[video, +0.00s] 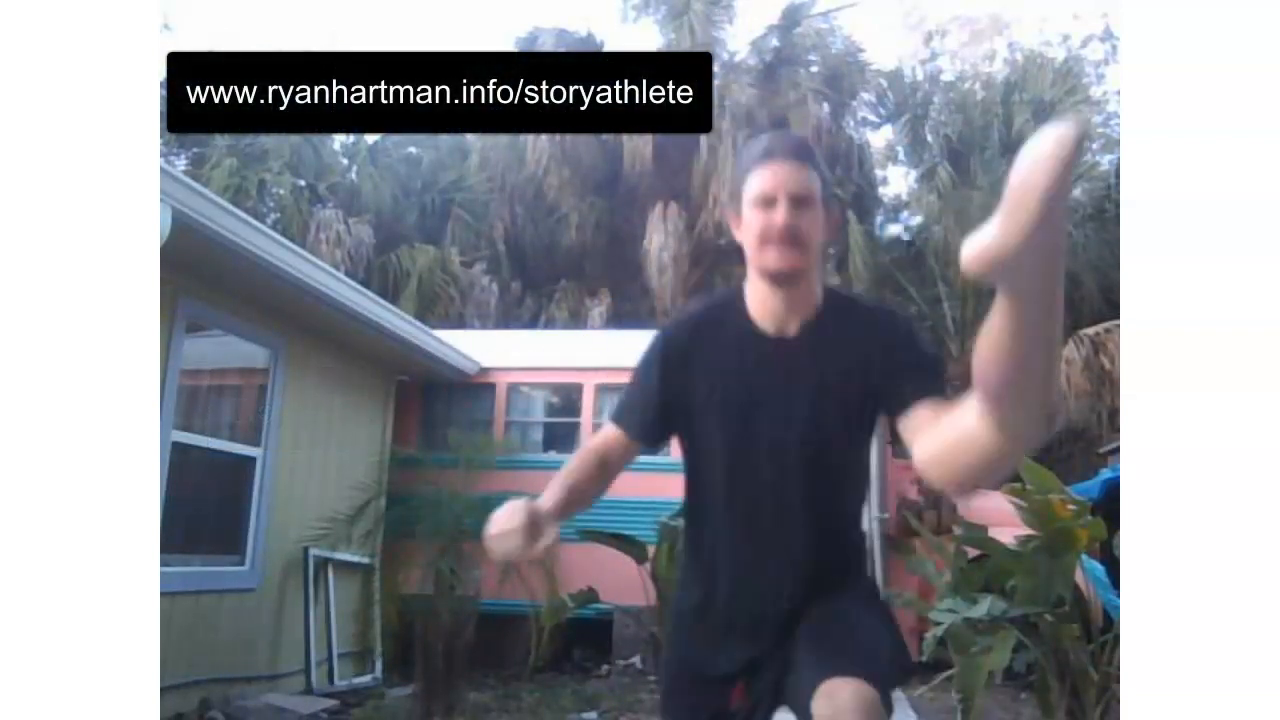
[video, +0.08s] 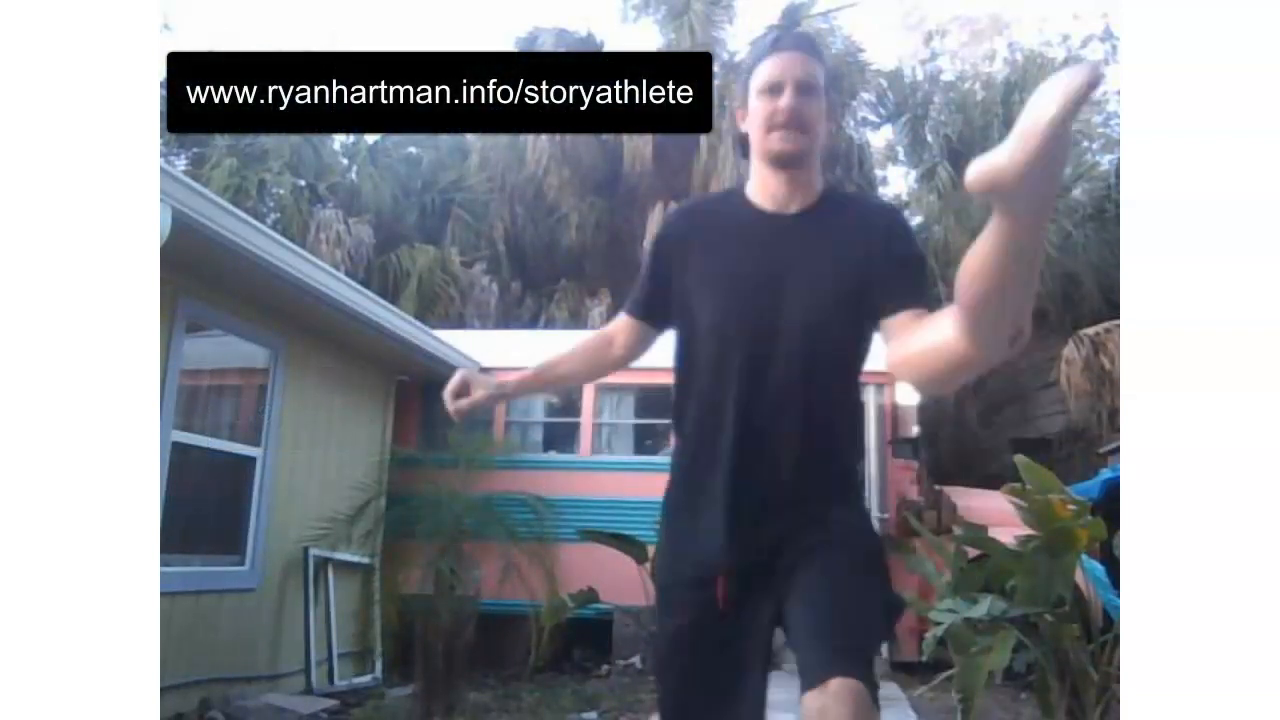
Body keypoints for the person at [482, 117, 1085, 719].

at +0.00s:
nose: (784, 220)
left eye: (802, 202)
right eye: (765, 203)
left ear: (829, 220)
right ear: (737, 223)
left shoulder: (877, 336)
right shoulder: (690, 340)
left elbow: (944, 459)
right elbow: (610, 447)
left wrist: (1002, 425)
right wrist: (548, 508)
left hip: (832, 600)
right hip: (715, 609)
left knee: (849, 703)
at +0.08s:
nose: (789, 104)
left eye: (807, 90)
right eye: (772, 89)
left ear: (832, 114)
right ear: (742, 115)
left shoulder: (872, 227)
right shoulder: (687, 230)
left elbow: (923, 363)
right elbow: (616, 344)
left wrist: (981, 334)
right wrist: (506, 381)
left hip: (825, 522)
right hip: (704, 526)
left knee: (842, 701)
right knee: (694, 714)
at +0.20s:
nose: (768, 138)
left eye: (787, 125)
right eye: (752, 124)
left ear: (814, 151)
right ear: (725, 148)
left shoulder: (854, 262)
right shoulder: (674, 261)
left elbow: (897, 386)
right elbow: (601, 370)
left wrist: (949, 365)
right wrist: (492, 392)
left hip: (817, 542)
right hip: (700, 544)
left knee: (837, 699)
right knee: (688, 711)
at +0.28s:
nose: (788, 267)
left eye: (808, 253)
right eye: (772, 250)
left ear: (837, 277)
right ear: (743, 270)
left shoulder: (868, 387)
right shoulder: (683, 374)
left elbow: (927, 526)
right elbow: (602, 486)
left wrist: (983, 500)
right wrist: (492, 523)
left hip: (817, 632)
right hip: (703, 638)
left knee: (856, 697)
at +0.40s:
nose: (777, 274)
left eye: (796, 260)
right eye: (759, 258)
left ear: (822, 283)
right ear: (729, 278)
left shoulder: (860, 389)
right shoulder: (676, 376)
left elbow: (926, 524)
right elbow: (593, 482)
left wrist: (981, 476)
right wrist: (486, 482)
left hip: (804, 631)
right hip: (692, 634)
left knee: (824, 698)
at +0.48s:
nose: (766, 195)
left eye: (782, 182)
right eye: (749, 181)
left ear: (805, 205)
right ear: (720, 204)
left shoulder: (848, 312)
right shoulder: (675, 311)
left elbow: (893, 436)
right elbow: (615, 432)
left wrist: (954, 389)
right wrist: (514, 437)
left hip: (810, 588)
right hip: (696, 589)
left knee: (851, 698)